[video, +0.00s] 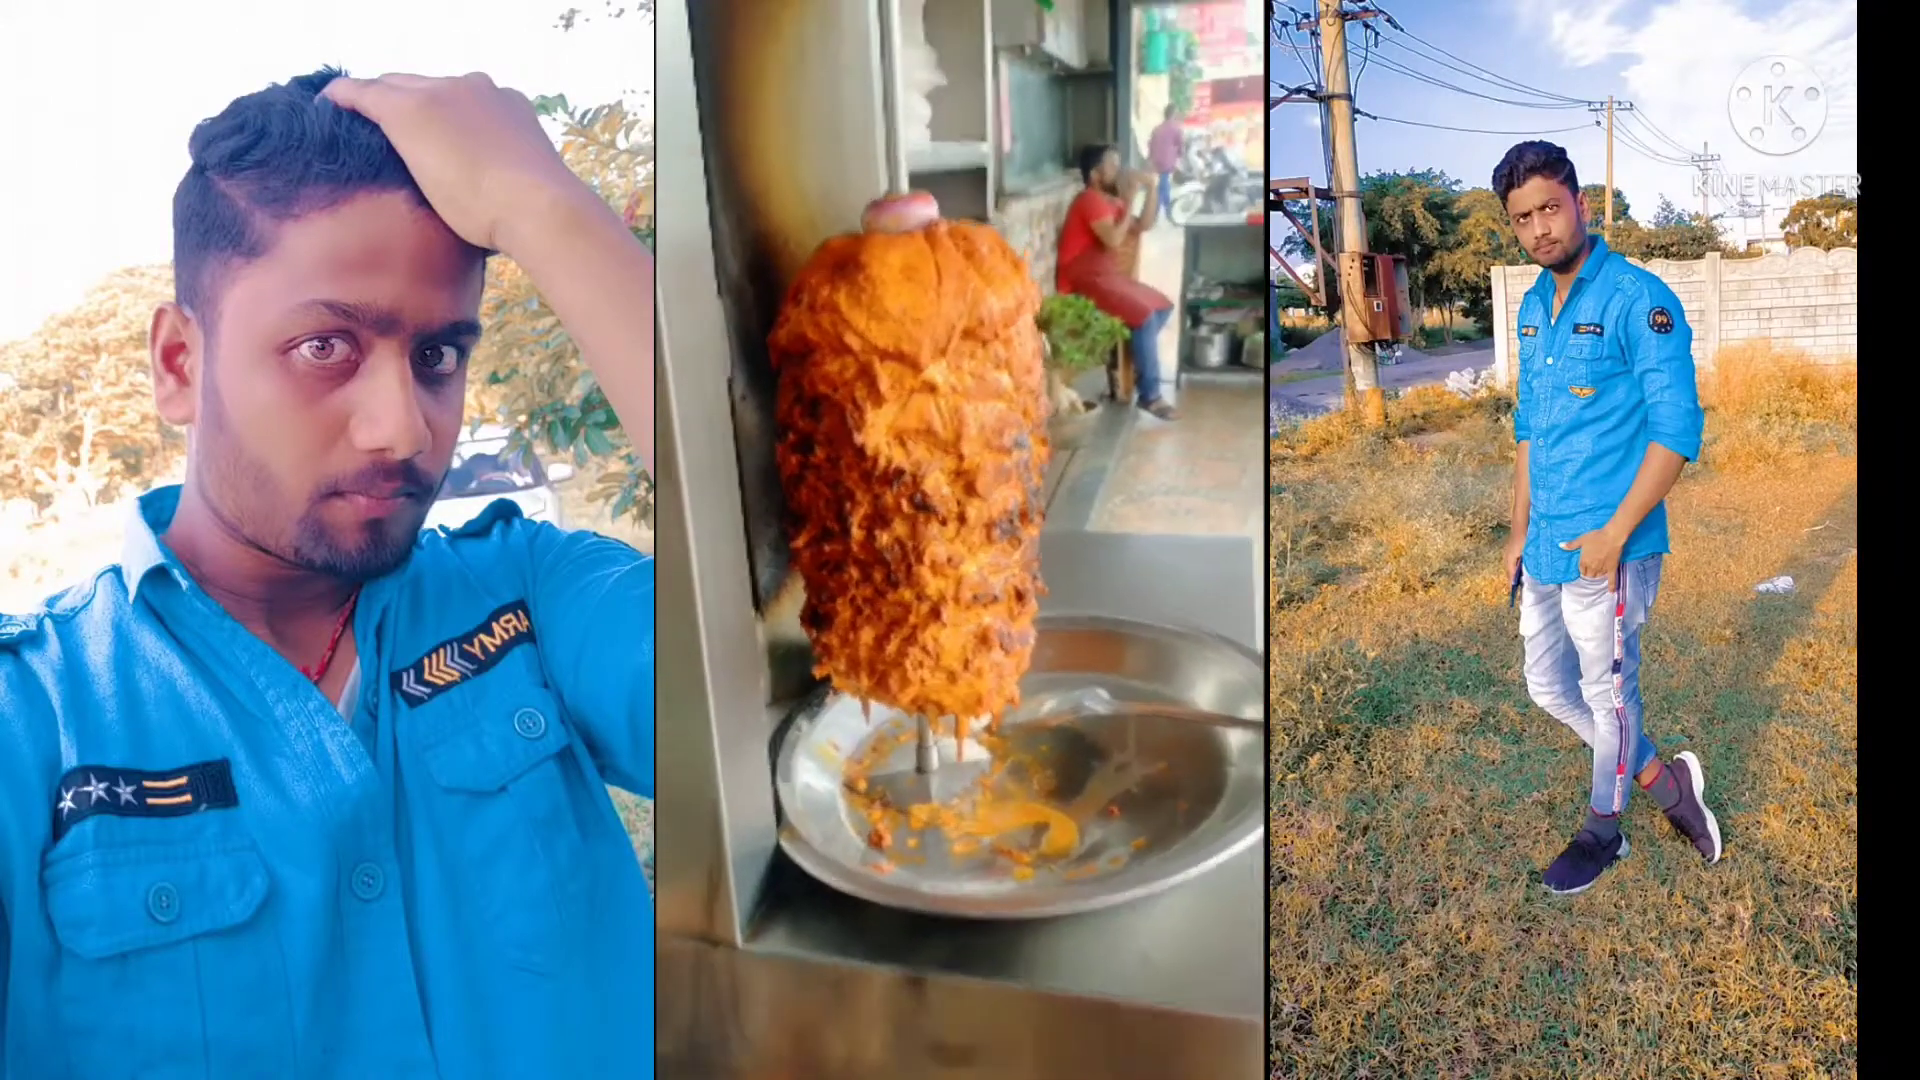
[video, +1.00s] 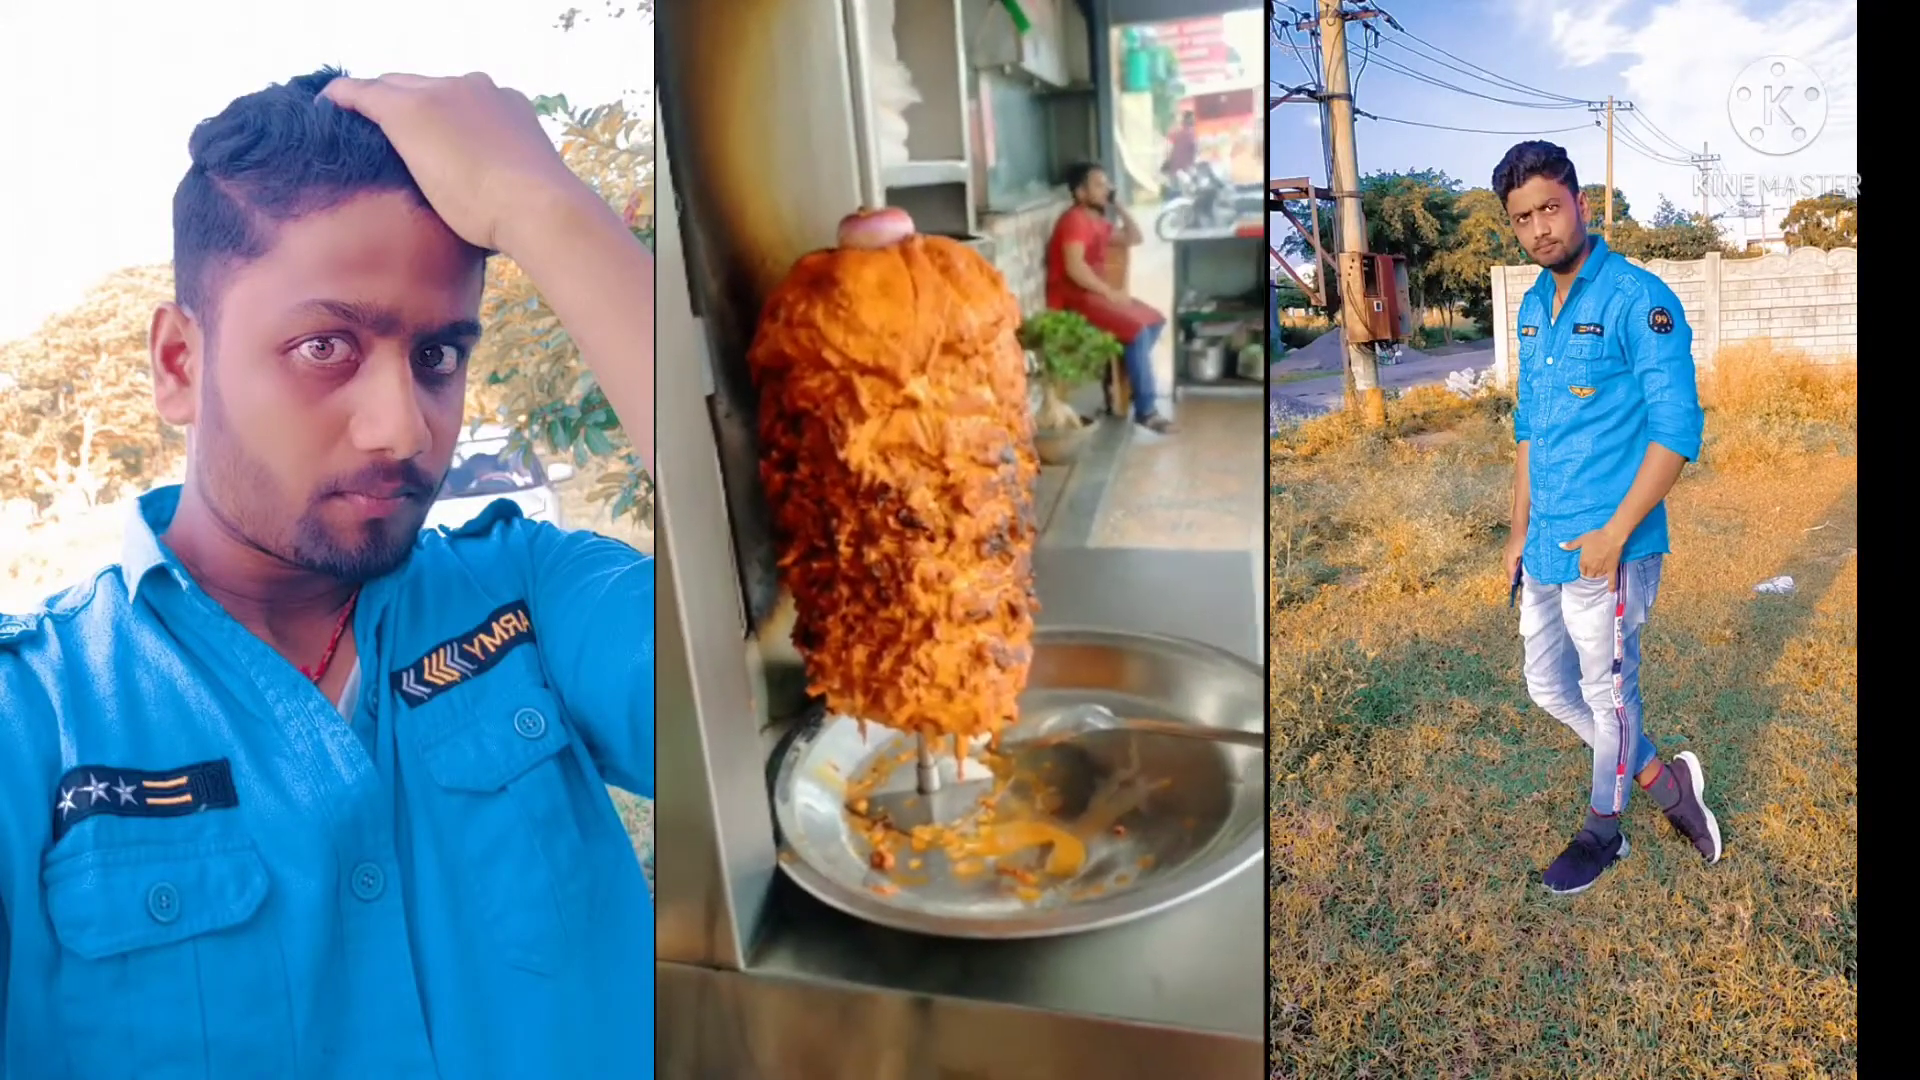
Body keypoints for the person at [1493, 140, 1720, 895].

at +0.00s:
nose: (1538, 228)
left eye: (1549, 208)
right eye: (1522, 218)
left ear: (1581, 203)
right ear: (1513, 228)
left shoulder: (1640, 298)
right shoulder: (1534, 307)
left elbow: (1678, 431)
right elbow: (1529, 431)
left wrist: (1615, 532)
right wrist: (1520, 530)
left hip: (1611, 536)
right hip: (1544, 538)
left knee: (1610, 689)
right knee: (1548, 684)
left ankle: (1602, 828)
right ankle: (1666, 778)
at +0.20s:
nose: (1538, 228)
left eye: (1549, 208)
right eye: (1522, 218)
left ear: (1581, 203)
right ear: (1513, 228)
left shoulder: (1640, 298)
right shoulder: (1534, 307)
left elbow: (1678, 431)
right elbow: (1529, 431)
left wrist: (1615, 532)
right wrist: (1520, 529)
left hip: (1611, 536)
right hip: (1544, 538)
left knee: (1610, 689)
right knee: (1548, 684)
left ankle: (1602, 828)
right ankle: (1666, 778)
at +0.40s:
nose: (1537, 228)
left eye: (1549, 208)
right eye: (1522, 218)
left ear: (1582, 202)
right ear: (1513, 229)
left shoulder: (1640, 298)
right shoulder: (1534, 308)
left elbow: (1678, 431)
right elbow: (1529, 431)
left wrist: (1616, 532)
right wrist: (1520, 530)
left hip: (1612, 536)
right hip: (1544, 538)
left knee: (1610, 689)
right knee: (1549, 684)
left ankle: (1602, 829)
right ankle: (1665, 778)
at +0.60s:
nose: (1539, 228)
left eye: (1550, 208)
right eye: (1523, 218)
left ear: (1582, 203)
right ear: (1513, 228)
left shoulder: (1640, 298)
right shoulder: (1534, 307)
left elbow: (1678, 432)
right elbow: (1529, 430)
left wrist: (1616, 531)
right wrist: (1519, 528)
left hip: (1611, 536)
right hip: (1544, 538)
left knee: (1610, 689)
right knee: (1549, 684)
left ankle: (1602, 828)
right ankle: (1665, 778)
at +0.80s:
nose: (1537, 228)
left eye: (1549, 208)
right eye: (1522, 218)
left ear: (1582, 202)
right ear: (1513, 229)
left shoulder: (1640, 298)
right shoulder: (1534, 307)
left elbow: (1678, 431)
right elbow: (1529, 431)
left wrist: (1616, 532)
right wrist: (1519, 529)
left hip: (1611, 536)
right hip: (1544, 538)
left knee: (1610, 689)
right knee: (1549, 684)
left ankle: (1602, 829)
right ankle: (1665, 778)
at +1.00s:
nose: (1537, 228)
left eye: (1549, 208)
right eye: (1522, 218)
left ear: (1582, 202)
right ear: (1513, 229)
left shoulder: (1640, 298)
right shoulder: (1534, 307)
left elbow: (1678, 431)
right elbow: (1529, 431)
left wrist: (1616, 532)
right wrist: (1519, 529)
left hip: (1611, 536)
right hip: (1544, 538)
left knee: (1610, 689)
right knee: (1549, 684)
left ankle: (1602, 829)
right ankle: (1665, 778)